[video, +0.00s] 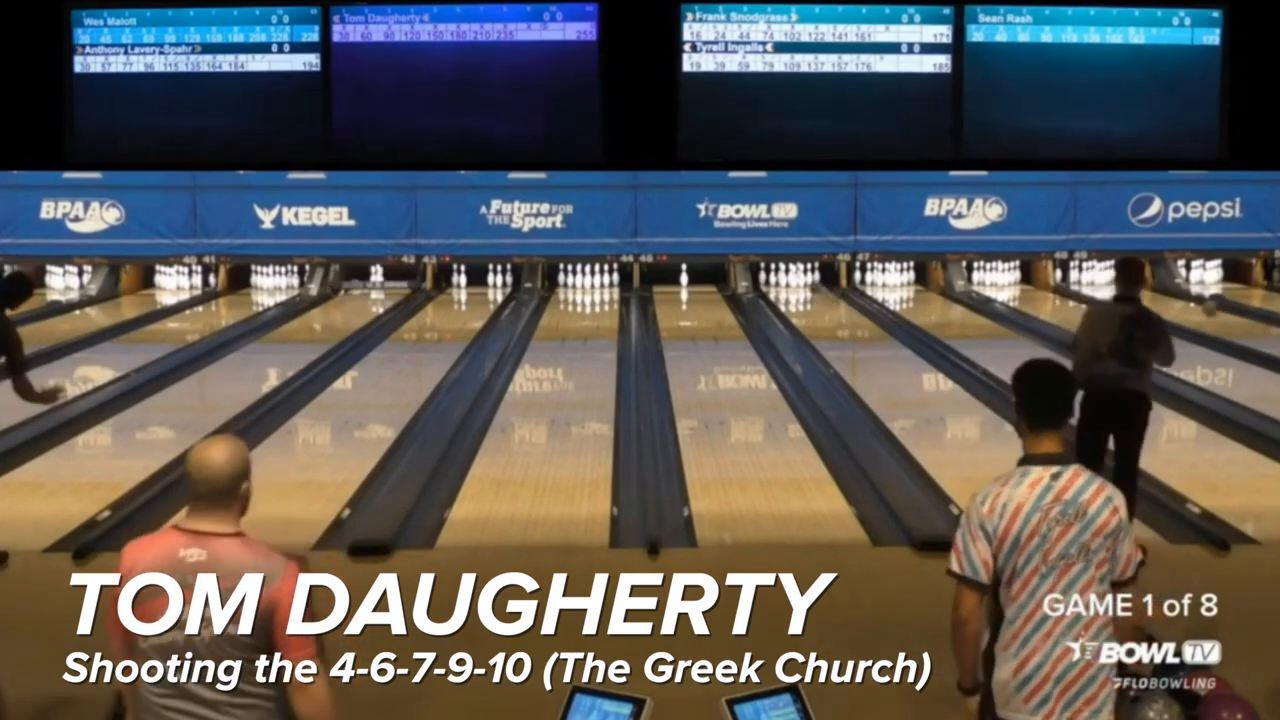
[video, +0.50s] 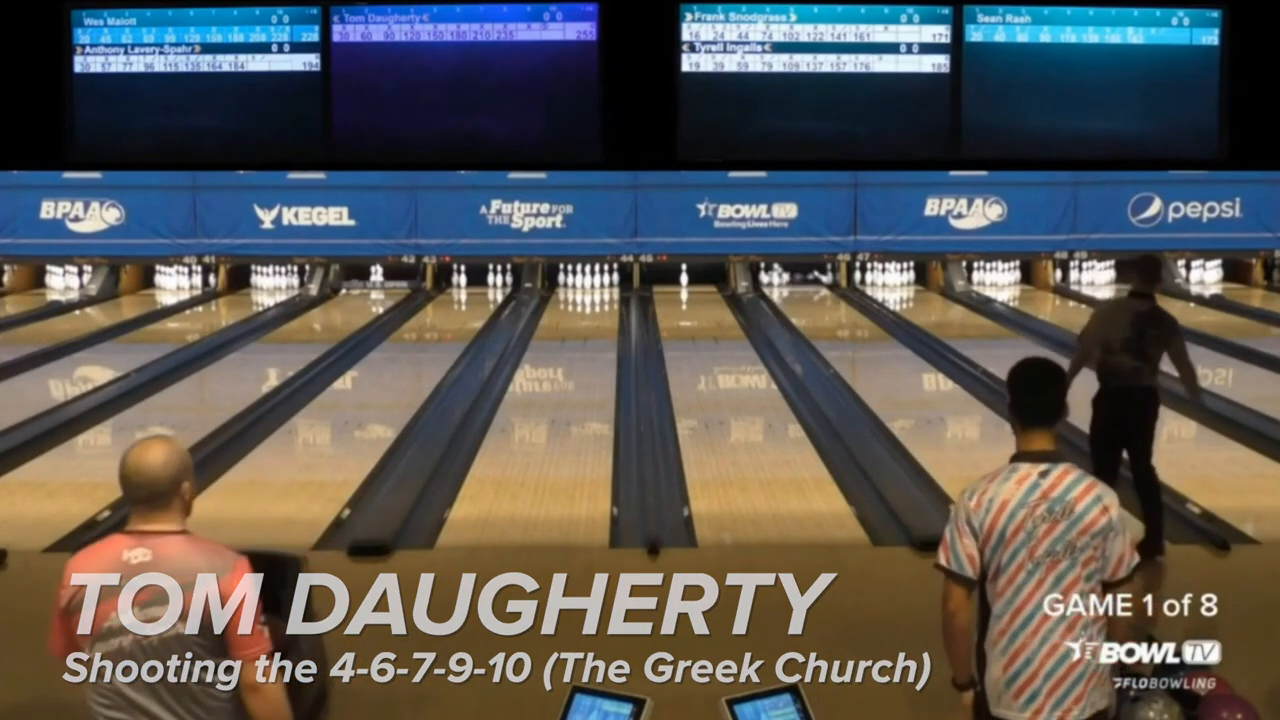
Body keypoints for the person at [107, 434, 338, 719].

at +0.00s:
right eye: (250, 482)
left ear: (188, 485)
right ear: (245, 492)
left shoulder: (136, 557)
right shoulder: (279, 573)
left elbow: (124, 665)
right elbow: (305, 685)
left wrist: (134, 713)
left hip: (157, 712)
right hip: (248, 713)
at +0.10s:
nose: (240, 488)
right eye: (239, 481)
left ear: (179, 486)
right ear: (234, 491)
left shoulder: (126, 557)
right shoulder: (269, 574)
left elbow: (115, 654)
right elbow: (295, 686)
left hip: (148, 712)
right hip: (239, 712)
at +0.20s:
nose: (228, 487)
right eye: (228, 481)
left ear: (165, 486)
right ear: (223, 491)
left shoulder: (115, 558)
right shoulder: (259, 571)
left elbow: (105, 656)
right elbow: (283, 686)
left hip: (138, 712)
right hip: (231, 712)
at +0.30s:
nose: (217, 489)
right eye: (217, 483)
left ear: (151, 486)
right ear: (211, 492)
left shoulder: (105, 559)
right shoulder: (249, 569)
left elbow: (91, 657)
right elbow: (274, 683)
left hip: (133, 712)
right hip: (223, 712)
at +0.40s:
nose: (204, 491)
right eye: (204, 484)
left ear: (136, 490)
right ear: (196, 493)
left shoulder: (92, 563)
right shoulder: (236, 569)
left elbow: (79, 661)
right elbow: (264, 684)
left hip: (119, 714)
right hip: (212, 714)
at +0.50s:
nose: (193, 490)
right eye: (193, 482)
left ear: (124, 491)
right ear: (186, 492)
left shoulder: (82, 566)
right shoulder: (228, 568)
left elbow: (71, 662)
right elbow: (258, 683)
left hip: (113, 713)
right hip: (204, 712)